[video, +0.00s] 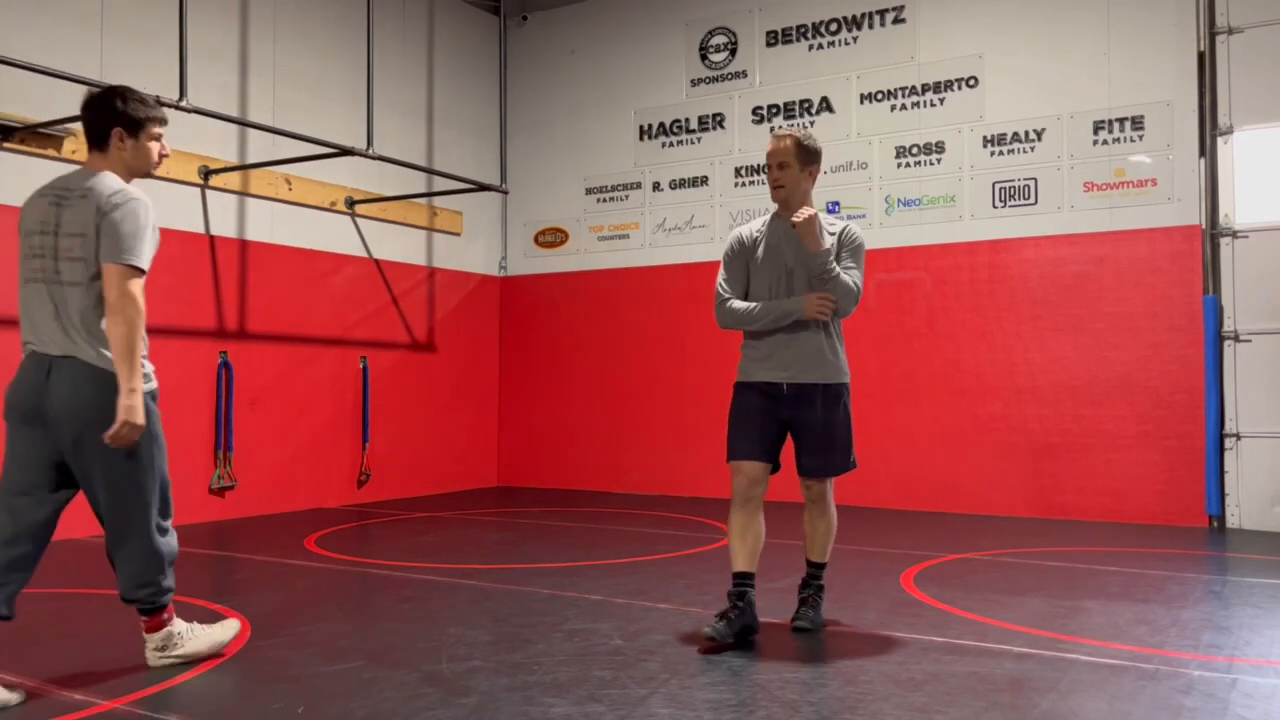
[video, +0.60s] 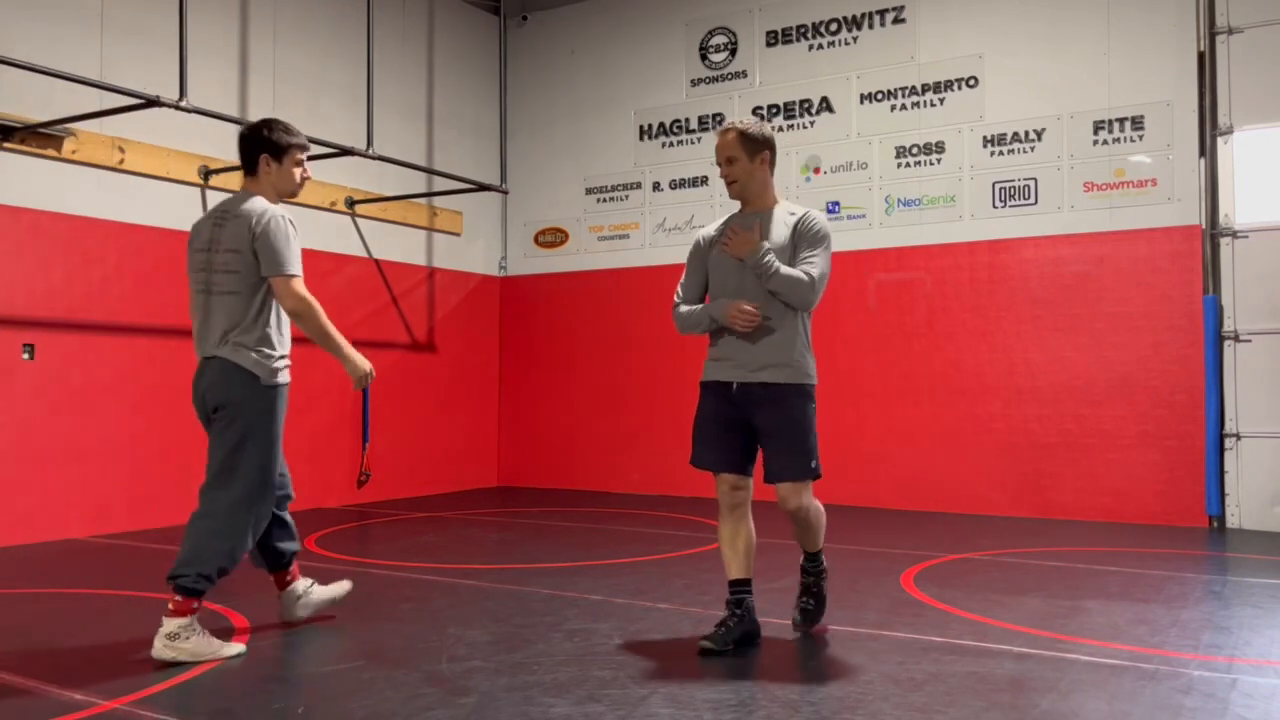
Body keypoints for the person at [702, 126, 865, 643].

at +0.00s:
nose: (772, 177)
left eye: (782, 168)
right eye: (768, 168)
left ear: (812, 172)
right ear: (767, 173)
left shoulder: (843, 237)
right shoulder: (744, 240)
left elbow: (845, 303)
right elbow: (725, 311)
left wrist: (815, 246)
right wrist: (794, 307)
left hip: (819, 383)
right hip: (757, 383)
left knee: (816, 491)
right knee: (746, 488)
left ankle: (812, 596)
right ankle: (741, 607)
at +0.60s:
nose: (721, 174)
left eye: (729, 163)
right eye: (718, 165)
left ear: (762, 161)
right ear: (731, 168)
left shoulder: (807, 227)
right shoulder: (708, 240)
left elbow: (806, 293)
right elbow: (683, 315)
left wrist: (755, 256)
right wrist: (717, 311)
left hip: (784, 382)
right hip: (724, 384)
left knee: (795, 499)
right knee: (731, 495)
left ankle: (813, 570)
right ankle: (740, 613)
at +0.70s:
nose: (721, 172)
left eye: (728, 161)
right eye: (717, 164)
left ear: (761, 159)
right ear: (725, 168)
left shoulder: (804, 224)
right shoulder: (709, 239)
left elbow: (802, 295)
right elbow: (682, 310)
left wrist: (753, 257)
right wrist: (706, 317)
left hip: (780, 379)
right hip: (722, 381)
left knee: (783, 495)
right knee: (730, 495)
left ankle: (817, 561)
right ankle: (740, 613)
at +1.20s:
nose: (762, 159)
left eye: (773, 149)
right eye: (757, 150)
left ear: (801, 155)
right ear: (753, 157)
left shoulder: (830, 222)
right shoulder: (740, 232)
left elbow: (824, 297)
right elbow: (727, 297)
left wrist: (772, 254)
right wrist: (725, 305)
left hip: (802, 377)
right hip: (742, 378)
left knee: (817, 495)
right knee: (740, 493)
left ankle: (840, 608)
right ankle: (743, 614)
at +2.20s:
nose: (811, 171)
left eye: (822, 163)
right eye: (805, 163)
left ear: (845, 169)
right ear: (798, 169)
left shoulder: (866, 237)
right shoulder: (772, 239)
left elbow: (891, 312)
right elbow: (746, 310)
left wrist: (830, 289)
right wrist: (780, 301)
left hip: (841, 380)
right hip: (782, 382)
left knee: (842, 492)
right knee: (790, 490)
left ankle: (845, 607)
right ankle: (814, 583)